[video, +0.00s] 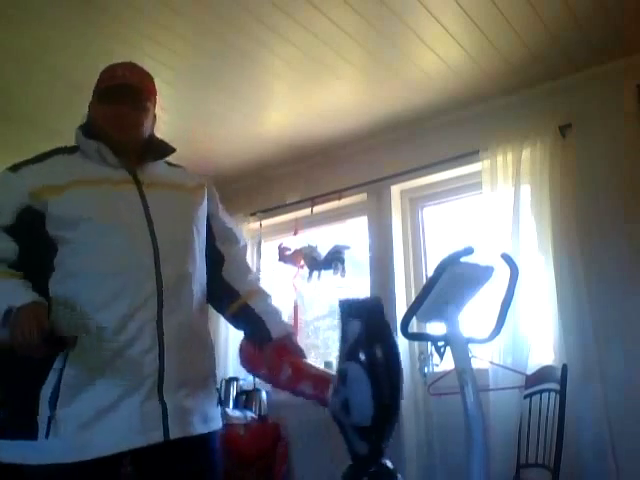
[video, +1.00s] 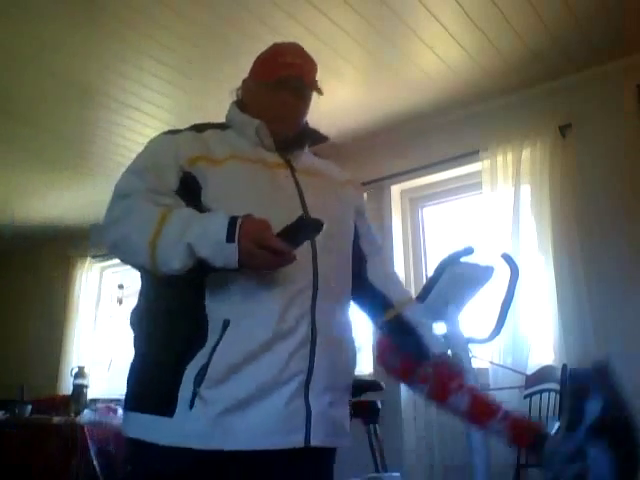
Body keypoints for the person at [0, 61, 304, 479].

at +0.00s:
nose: (126, 98)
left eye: (138, 93)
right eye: (112, 92)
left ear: (155, 111)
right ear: (91, 107)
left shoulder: (195, 192)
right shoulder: (31, 183)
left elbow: (233, 278)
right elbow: (1, 260)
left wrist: (278, 336)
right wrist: (17, 303)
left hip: (190, 423)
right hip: (83, 431)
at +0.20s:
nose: (150, 89)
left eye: (161, 86)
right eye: (137, 80)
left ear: (172, 108)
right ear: (108, 94)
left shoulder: (205, 190)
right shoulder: (39, 162)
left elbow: (232, 293)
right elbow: (4, 235)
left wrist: (261, 357)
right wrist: (52, 261)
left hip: (189, 418)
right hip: (73, 423)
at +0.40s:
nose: (202, 104)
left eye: (213, 100)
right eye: (188, 90)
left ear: (218, 120)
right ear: (159, 99)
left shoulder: (236, 207)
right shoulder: (91, 153)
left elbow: (239, 323)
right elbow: (14, 210)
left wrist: (253, 403)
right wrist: (105, 241)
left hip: (212, 445)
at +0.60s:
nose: (250, 115)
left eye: (258, 106)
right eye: (238, 100)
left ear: (263, 115)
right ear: (206, 97)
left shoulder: (269, 195)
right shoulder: (140, 146)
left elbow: (269, 314)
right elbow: (68, 211)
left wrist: (279, 426)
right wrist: (161, 233)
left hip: (244, 439)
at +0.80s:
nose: (282, 115)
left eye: (294, 108)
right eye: (272, 101)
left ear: (301, 118)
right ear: (239, 98)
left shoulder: (313, 197)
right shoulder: (173, 154)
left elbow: (322, 312)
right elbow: (108, 222)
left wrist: (349, 390)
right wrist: (208, 234)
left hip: (296, 446)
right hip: (181, 443)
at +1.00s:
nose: (302, 96)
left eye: (309, 88)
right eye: (289, 84)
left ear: (314, 101)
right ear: (250, 87)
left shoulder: (339, 186)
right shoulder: (181, 152)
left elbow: (379, 288)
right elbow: (122, 223)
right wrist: (219, 238)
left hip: (308, 430)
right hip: (194, 426)